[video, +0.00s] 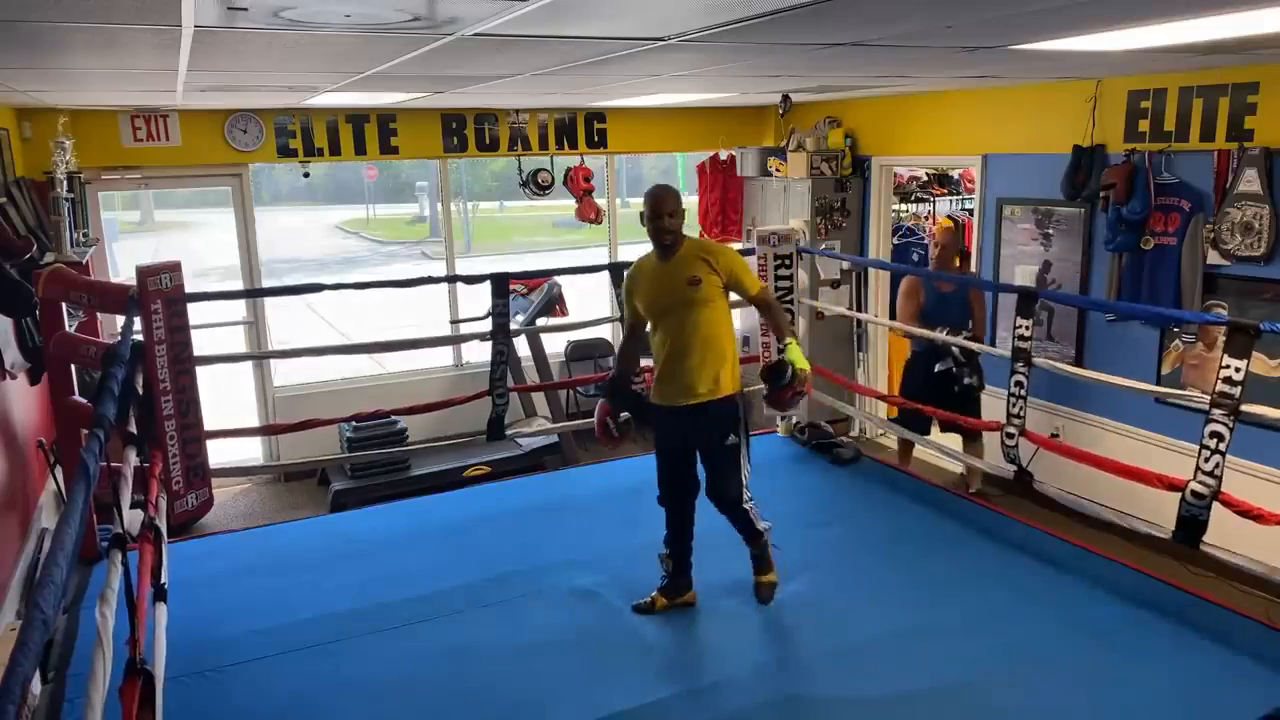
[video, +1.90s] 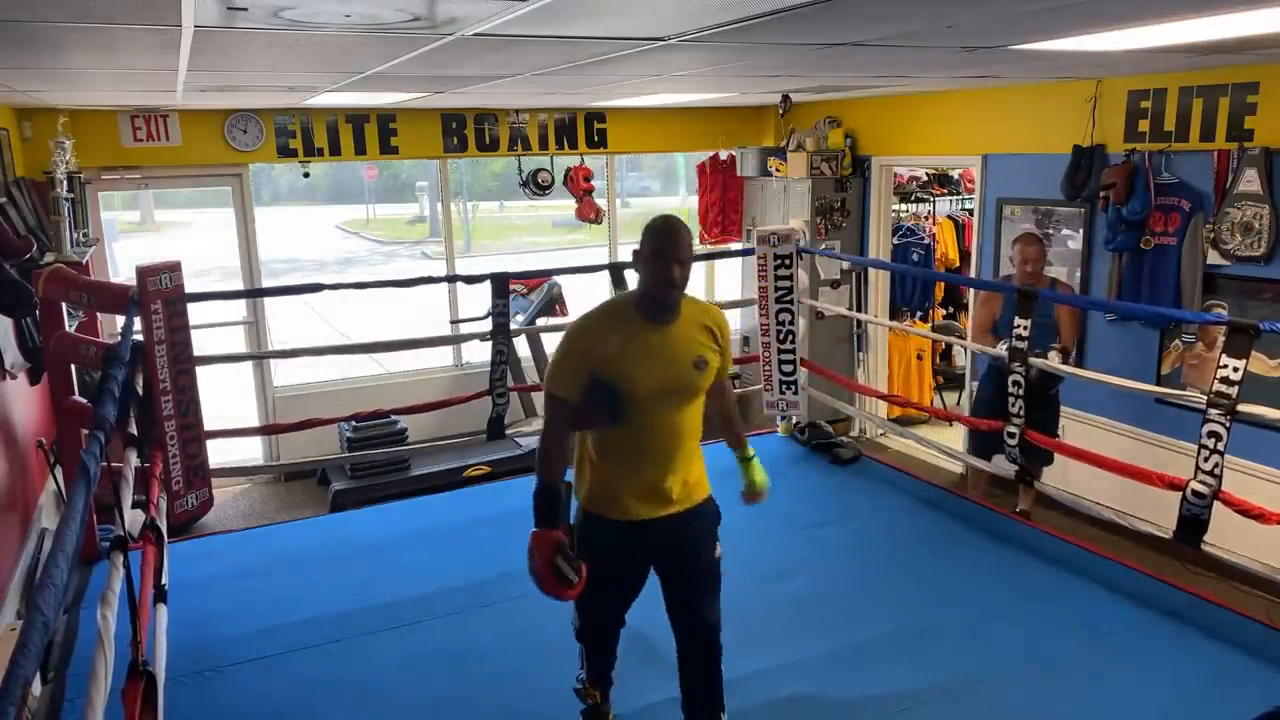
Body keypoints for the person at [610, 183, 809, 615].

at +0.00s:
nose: (665, 224)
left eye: (672, 215)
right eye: (656, 216)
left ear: (683, 216)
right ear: (643, 220)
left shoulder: (715, 256)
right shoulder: (637, 275)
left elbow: (766, 302)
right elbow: (634, 335)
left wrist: (792, 348)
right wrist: (613, 394)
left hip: (719, 396)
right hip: (670, 402)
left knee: (726, 495)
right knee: (676, 499)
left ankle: (760, 549)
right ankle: (678, 583)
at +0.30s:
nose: (637, 222)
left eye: (646, 213)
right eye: (629, 214)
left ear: (663, 216)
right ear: (621, 219)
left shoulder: (692, 261)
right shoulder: (615, 278)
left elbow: (747, 312)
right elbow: (616, 345)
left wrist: (756, 364)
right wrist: (595, 403)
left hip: (698, 404)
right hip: (650, 409)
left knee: (711, 510)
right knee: (666, 505)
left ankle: (719, 611)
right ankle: (676, 584)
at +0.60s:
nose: (653, 221)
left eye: (665, 215)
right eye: (649, 213)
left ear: (684, 225)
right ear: (640, 219)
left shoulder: (702, 278)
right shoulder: (625, 277)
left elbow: (734, 353)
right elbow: (615, 336)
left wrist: (685, 391)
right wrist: (573, 391)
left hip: (685, 424)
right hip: (637, 424)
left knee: (675, 531)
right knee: (647, 513)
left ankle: (680, 638)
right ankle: (670, 586)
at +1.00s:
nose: (673, 228)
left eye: (686, 222)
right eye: (668, 218)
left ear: (706, 233)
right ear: (658, 221)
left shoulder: (712, 292)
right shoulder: (629, 274)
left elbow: (692, 377)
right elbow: (571, 307)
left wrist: (627, 349)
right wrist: (532, 346)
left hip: (682, 445)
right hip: (625, 437)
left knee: (682, 551)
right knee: (597, 539)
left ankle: (680, 646)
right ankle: (624, 629)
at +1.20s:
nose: (660, 241)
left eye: (672, 233)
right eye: (653, 230)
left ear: (687, 240)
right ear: (638, 231)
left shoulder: (703, 301)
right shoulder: (605, 288)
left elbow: (698, 389)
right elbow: (573, 364)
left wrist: (628, 367)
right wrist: (571, 407)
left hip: (680, 460)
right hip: (616, 455)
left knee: (683, 563)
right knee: (605, 573)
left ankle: (679, 643)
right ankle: (595, 689)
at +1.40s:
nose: (633, 243)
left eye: (643, 234)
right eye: (623, 233)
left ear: (656, 239)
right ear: (606, 238)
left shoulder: (688, 301)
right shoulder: (575, 306)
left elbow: (723, 374)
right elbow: (560, 389)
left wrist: (692, 419)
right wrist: (582, 450)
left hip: (672, 471)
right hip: (604, 471)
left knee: (677, 572)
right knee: (598, 588)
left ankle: (678, 642)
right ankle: (595, 690)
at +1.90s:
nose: (674, 274)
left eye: (684, 262)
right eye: (663, 261)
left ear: (694, 263)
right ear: (637, 260)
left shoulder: (709, 324)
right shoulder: (588, 335)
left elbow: (719, 394)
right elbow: (557, 432)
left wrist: (746, 458)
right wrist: (548, 526)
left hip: (689, 510)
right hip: (609, 519)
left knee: (702, 639)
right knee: (598, 629)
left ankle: (707, 715)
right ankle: (596, 699)